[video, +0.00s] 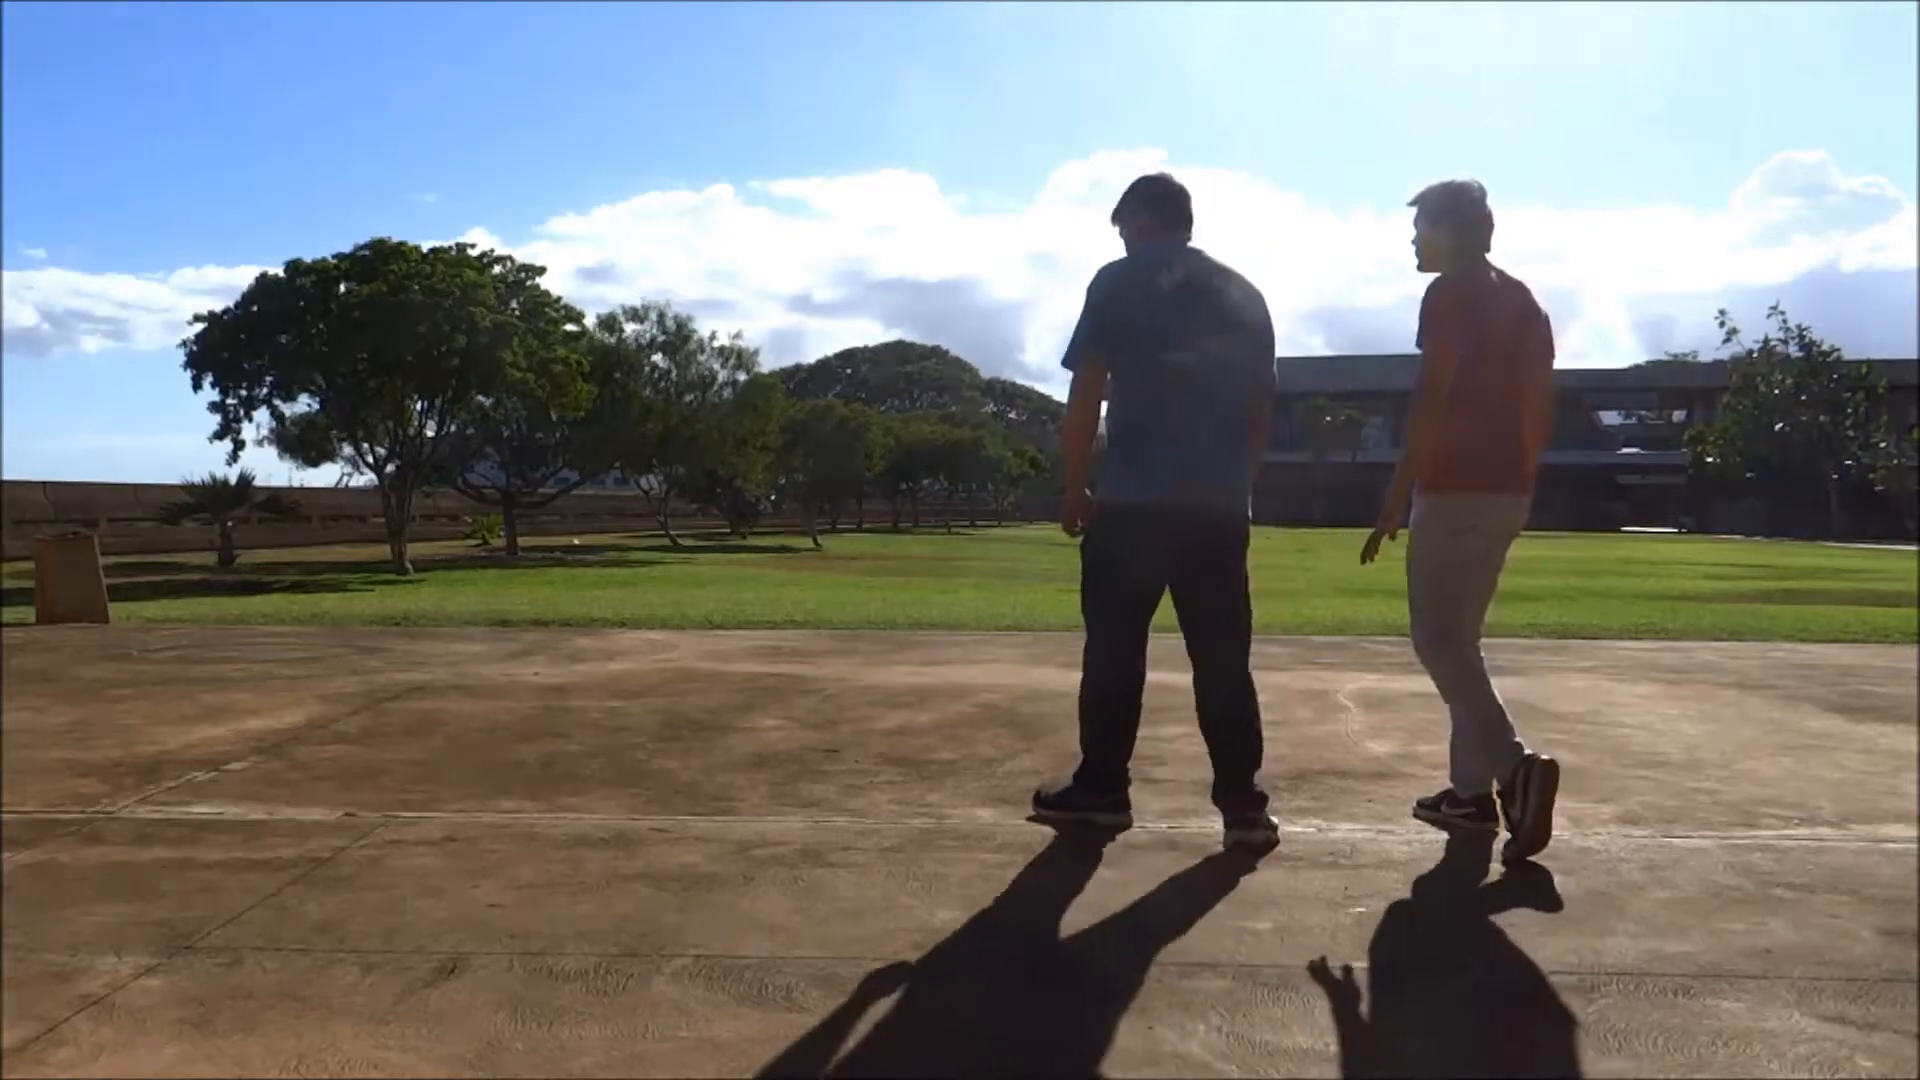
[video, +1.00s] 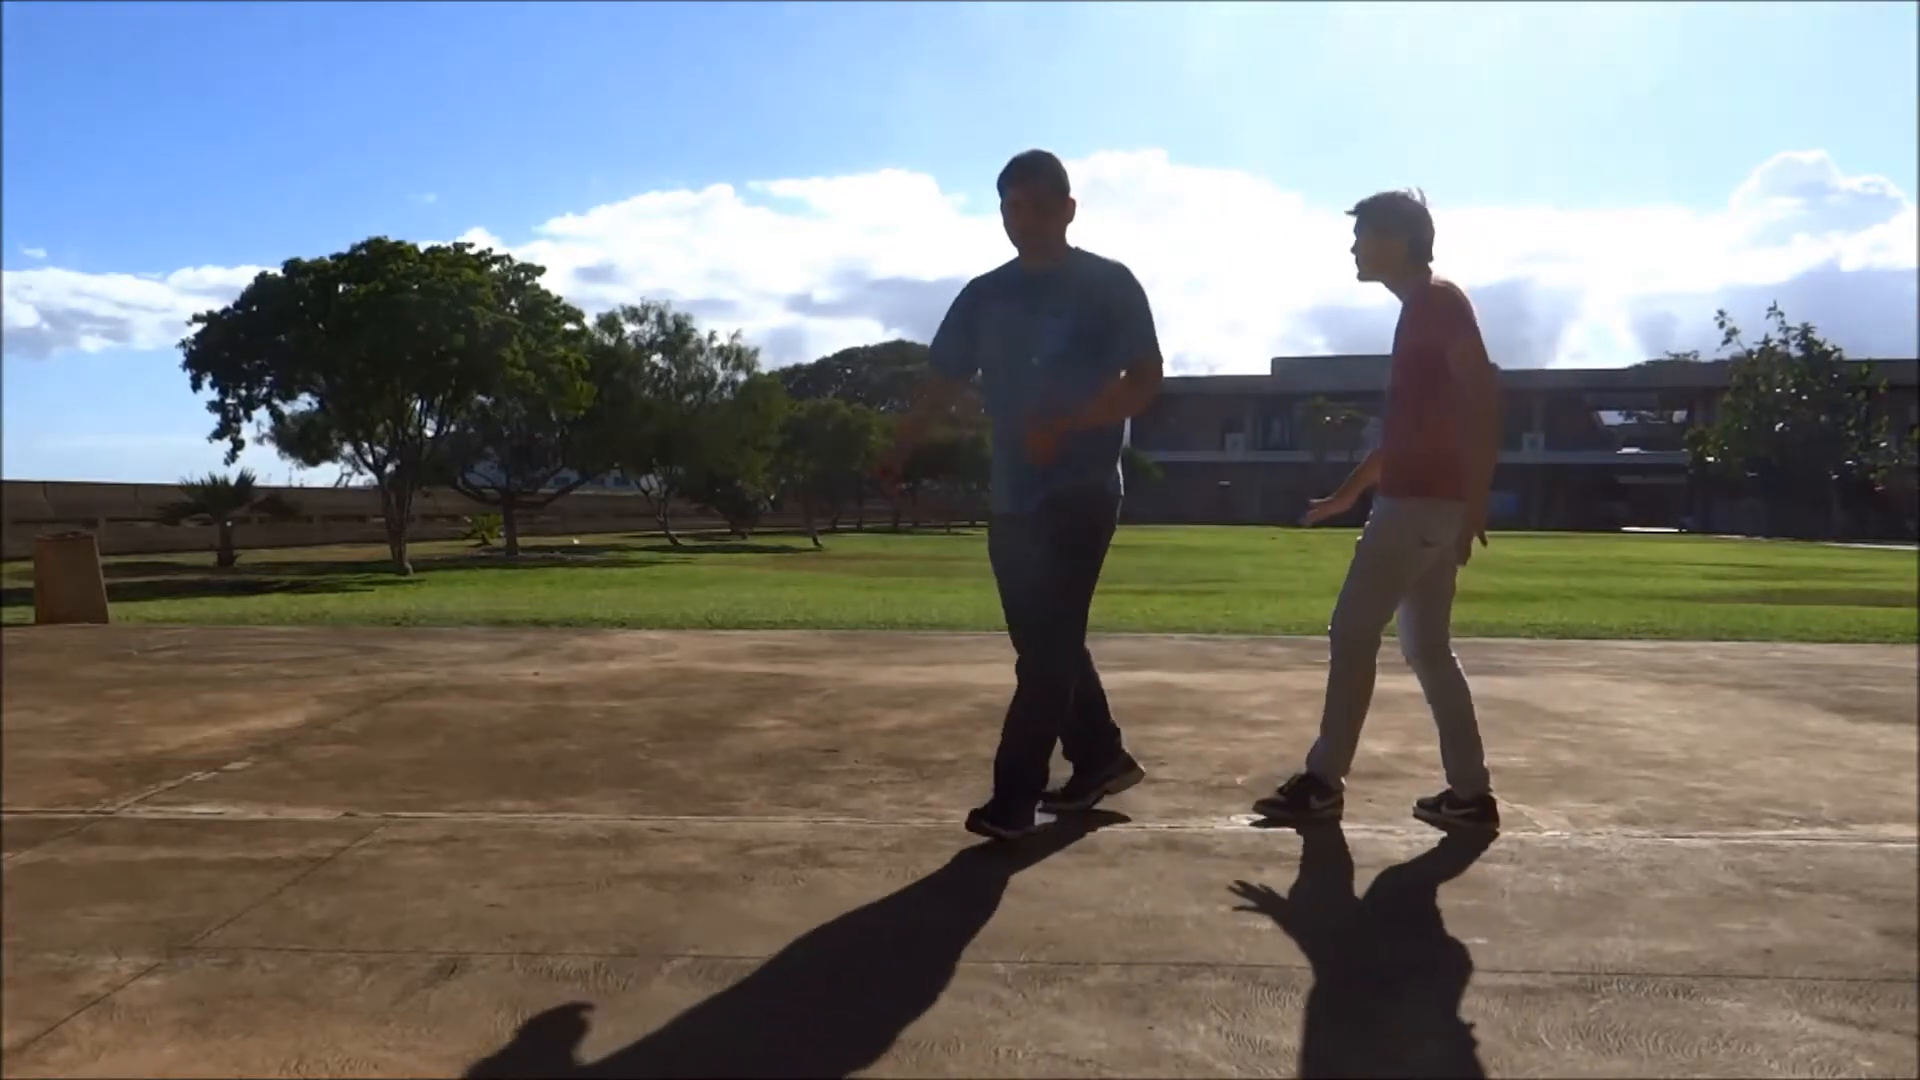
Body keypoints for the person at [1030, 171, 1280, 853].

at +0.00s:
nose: (1121, 240)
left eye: (1123, 228)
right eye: (1122, 229)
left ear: (1140, 222)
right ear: (1185, 221)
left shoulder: (1118, 282)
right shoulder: (1244, 294)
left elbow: (1086, 399)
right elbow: (1258, 414)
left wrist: (1075, 488)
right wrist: (1237, 489)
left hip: (1128, 507)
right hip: (1216, 511)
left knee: (1113, 654)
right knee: (1224, 661)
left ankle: (1100, 790)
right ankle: (1243, 808)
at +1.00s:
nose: (1017, 214)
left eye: (1031, 200)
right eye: (1008, 203)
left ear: (1066, 205)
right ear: (1000, 210)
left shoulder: (1111, 284)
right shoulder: (984, 295)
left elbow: (1145, 379)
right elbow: (937, 384)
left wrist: (1078, 421)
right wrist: (898, 450)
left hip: (1083, 492)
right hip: (1012, 496)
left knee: (1049, 637)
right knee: (1041, 635)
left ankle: (1015, 800)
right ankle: (1101, 756)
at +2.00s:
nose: (892, 202)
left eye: (906, 186)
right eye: (878, 188)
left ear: (936, 185)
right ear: (861, 192)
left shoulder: (981, 271)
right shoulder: (833, 279)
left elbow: (1009, 380)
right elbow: (811, 395)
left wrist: (985, 481)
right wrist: (794, 492)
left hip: (948, 510)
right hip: (852, 513)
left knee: (969, 666)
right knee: (839, 674)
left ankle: (1000, 802)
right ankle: (834, 819)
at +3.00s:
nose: (784, 189)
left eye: (792, 170)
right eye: (777, 176)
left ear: (844, 150)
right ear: (792, 171)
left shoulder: (922, 237)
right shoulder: (790, 258)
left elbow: (967, 366)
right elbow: (761, 388)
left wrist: (954, 484)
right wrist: (738, 492)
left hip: (890, 502)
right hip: (801, 507)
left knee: (882, 674)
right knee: (786, 663)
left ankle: (888, 863)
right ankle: (827, 809)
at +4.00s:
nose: (651, 213)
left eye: (648, 193)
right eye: (644, 198)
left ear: (679, 166)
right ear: (697, 164)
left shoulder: (731, 227)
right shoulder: (764, 232)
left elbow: (710, 362)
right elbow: (786, 372)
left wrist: (652, 472)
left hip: (738, 491)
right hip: (765, 486)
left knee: (726, 657)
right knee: (734, 656)